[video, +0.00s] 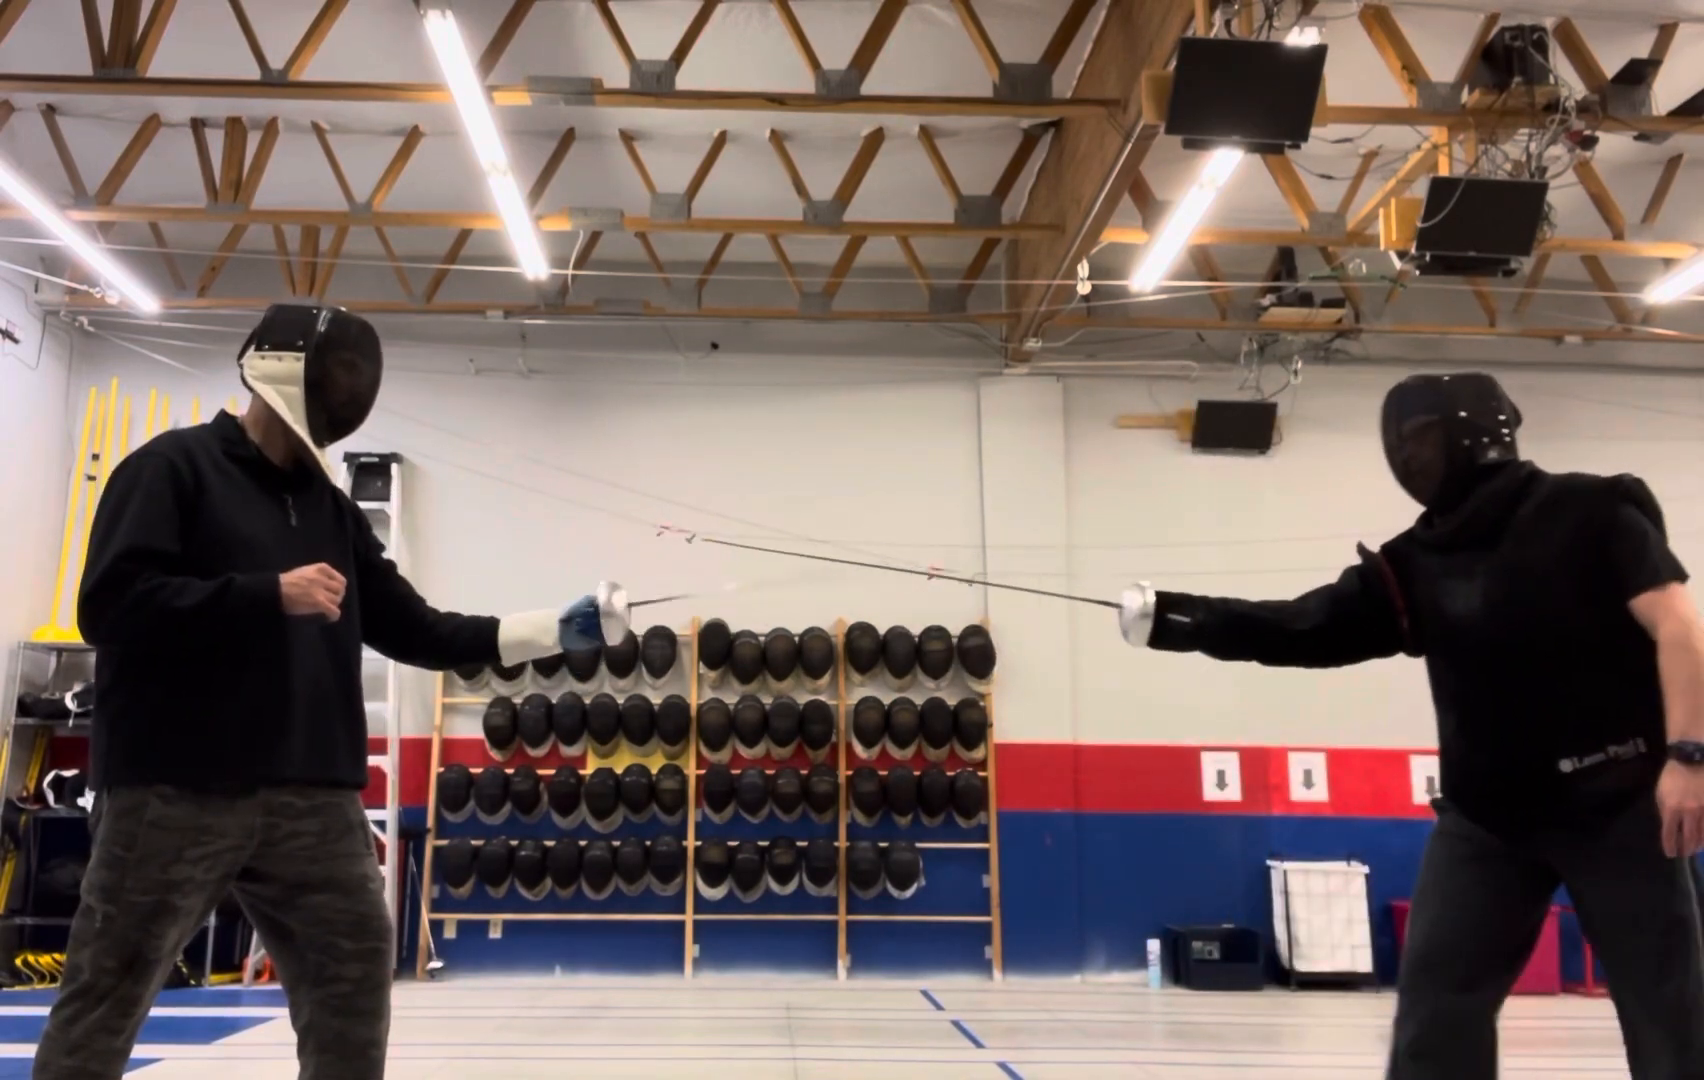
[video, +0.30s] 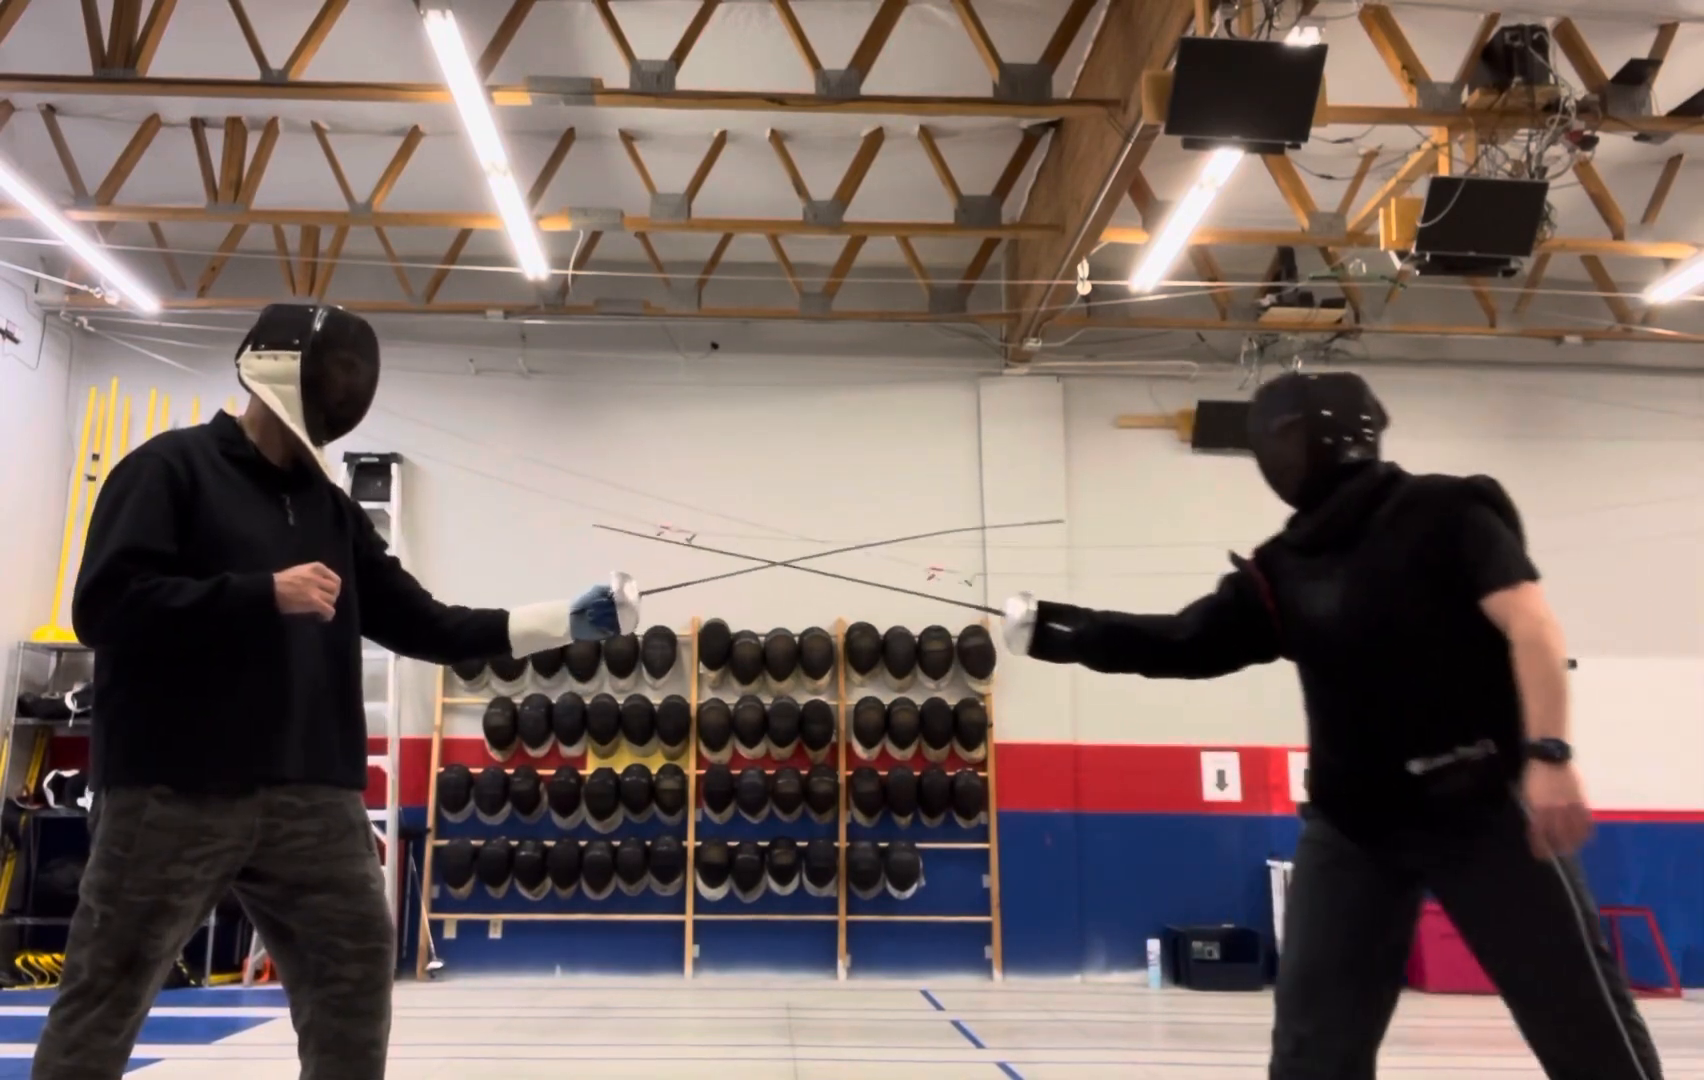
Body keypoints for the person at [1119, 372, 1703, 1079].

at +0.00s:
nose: (1407, 461)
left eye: (1419, 440)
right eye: (1399, 448)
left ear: (1471, 432)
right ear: (1402, 458)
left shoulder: (1595, 511)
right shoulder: (1415, 567)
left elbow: (1678, 626)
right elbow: (1306, 625)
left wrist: (1687, 757)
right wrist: (1176, 619)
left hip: (1621, 812)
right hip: (1488, 825)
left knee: (1670, 1029)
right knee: (1436, 1020)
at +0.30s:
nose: (1267, 463)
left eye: (1278, 440)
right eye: (1262, 446)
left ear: (1328, 430)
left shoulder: (1449, 510)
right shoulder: (1284, 570)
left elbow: (1532, 626)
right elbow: (1183, 641)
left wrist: (1550, 754)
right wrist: (1049, 628)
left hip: (1484, 810)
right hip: (1354, 829)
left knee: (1592, 1040)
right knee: (1314, 1056)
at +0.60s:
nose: (1143, 450)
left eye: (1149, 429)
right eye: (1141, 434)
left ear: (1193, 428)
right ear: (1220, 428)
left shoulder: (1327, 492)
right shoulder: (1166, 555)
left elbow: (1411, 604)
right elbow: (1049, 593)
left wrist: (1377, 716)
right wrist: (920, 570)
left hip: (1399, 790)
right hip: (1273, 816)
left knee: (1504, 1000)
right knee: (1274, 1045)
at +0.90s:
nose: (1137, 448)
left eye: (1143, 428)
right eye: (1135, 433)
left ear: (1185, 427)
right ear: (1208, 427)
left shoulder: (1315, 491)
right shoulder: (1157, 558)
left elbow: (1401, 603)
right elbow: (1040, 599)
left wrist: (1378, 722)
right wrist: (918, 576)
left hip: (1384, 783)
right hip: (1264, 813)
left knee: (1487, 991)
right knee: (1264, 1041)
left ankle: (1546, 1079)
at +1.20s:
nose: (1228, 455)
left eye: (1239, 433)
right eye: (1225, 438)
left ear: (1288, 431)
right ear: (1295, 435)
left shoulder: (1407, 513)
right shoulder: (1255, 564)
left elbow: (1487, 630)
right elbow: (1226, 698)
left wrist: (1440, 744)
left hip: (1448, 799)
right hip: (1325, 818)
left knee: (1560, 993)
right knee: (1291, 1036)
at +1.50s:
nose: (1390, 465)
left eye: (1401, 444)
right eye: (1388, 449)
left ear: (1445, 442)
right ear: (1474, 442)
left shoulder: (1573, 523)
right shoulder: (1408, 570)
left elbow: (1653, 646)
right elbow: (1383, 701)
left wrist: (1601, 766)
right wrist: (1282, 751)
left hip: (1595, 818)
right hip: (1468, 826)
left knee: (1651, 1037)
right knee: (1407, 1041)